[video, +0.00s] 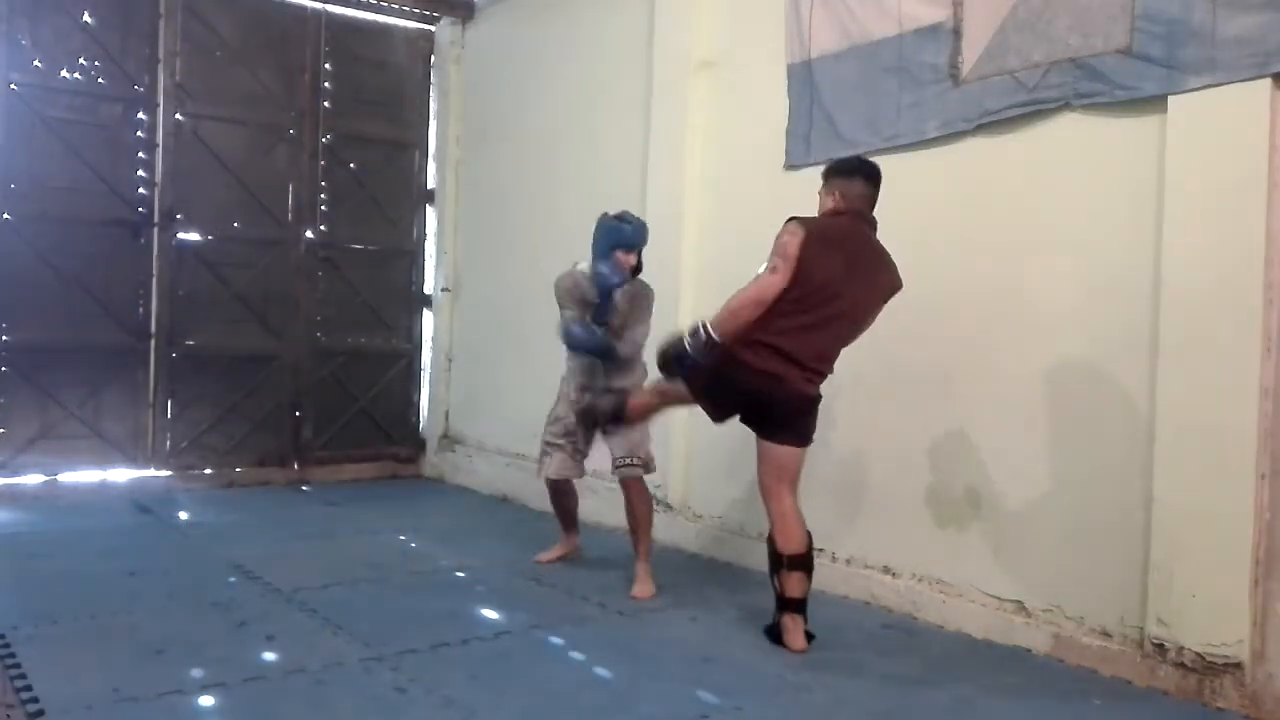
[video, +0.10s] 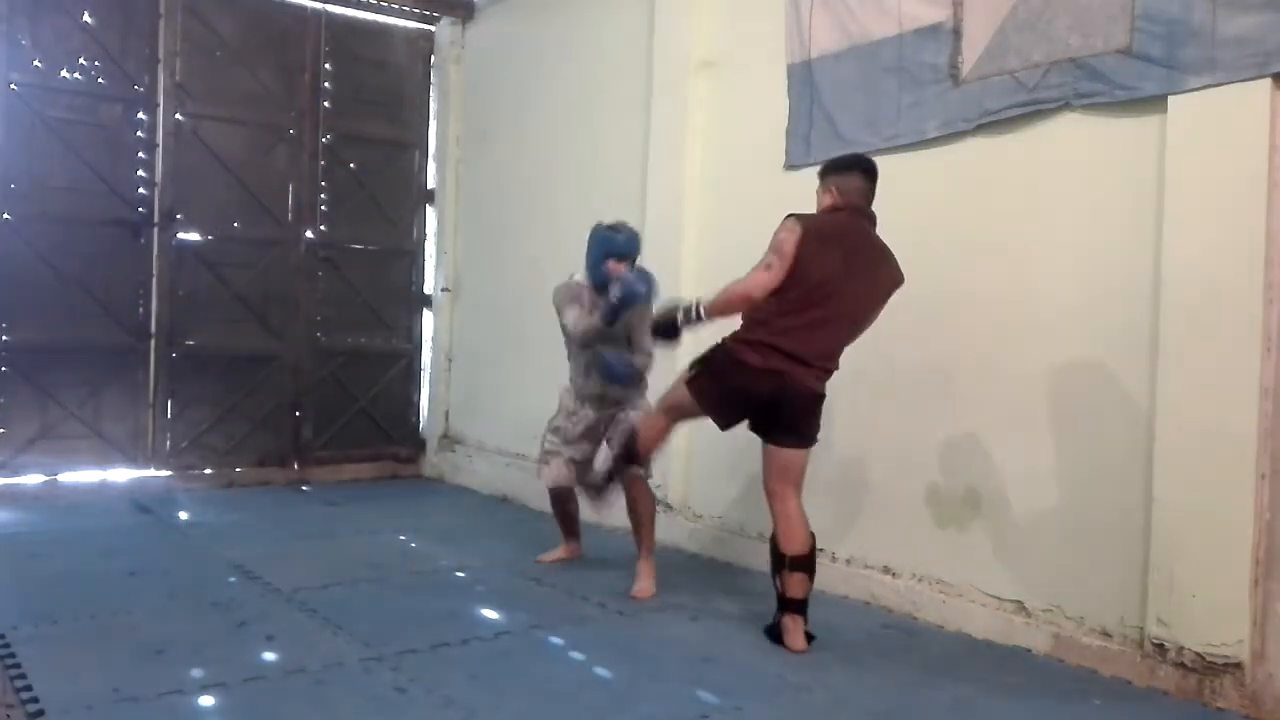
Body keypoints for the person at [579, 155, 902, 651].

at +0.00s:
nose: (820, 202)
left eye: (823, 194)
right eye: (824, 194)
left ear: (834, 198)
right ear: (872, 204)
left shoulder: (802, 232)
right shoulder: (887, 275)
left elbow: (767, 289)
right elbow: (843, 334)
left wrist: (704, 338)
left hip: (738, 366)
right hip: (795, 396)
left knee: (665, 392)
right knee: (782, 497)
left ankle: (610, 413)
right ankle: (794, 625)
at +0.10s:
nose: (818, 200)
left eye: (820, 192)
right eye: (820, 193)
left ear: (831, 194)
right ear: (870, 200)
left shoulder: (801, 228)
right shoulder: (889, 270)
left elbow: (756, 288)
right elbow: (846, 330)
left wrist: (687, 315)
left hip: (743, 367)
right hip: (802, 393)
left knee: (668, 412)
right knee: (786, 495)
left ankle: (613, 473)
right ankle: (793, 623)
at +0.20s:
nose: (803, 196)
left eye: (804, 188)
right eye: (804, 189)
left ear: (816, 189)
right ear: (855, 192)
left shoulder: (788, 226)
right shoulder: (882, 257)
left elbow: (728, 292)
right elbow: (840, 310)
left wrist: (704, 260)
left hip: (750, 378)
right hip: (812, 394)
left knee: (688, 446)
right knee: (795, 497)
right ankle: (796, 627)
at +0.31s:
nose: (784, 202)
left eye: (785, 195)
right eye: (785, 197)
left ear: (795, 192)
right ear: (837, 192)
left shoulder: (779, 227)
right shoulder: (867, 244)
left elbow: (733, 289)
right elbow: (830, 300)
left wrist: (750, 247)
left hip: (754, 384)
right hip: (817, 394)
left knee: (703, 470)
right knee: (798, 500)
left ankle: (722, 588)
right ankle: (798, 628)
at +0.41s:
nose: (761, 211)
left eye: (760, 204)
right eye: (763, 204)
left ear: (769, 198)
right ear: (810, 192)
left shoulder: (762, 230)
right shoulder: (852, 237)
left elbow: (737, 300)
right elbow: (817, 291)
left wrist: (741, 249)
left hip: (755, 388)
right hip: (820, 395)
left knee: (717, 494)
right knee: (800, 505)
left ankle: (743, 616)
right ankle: (801, 630)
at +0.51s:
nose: (733, 215)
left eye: (733, 207)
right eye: (734, 206)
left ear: (742, 201)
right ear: (781, 194)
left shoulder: (732, 235)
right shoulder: (830, 238)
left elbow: (717, 308)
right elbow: (815, 301)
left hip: (747, 399)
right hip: (811, 398)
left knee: (739, 527)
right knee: (797, 515)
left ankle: (775, 664)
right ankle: (800, 633)